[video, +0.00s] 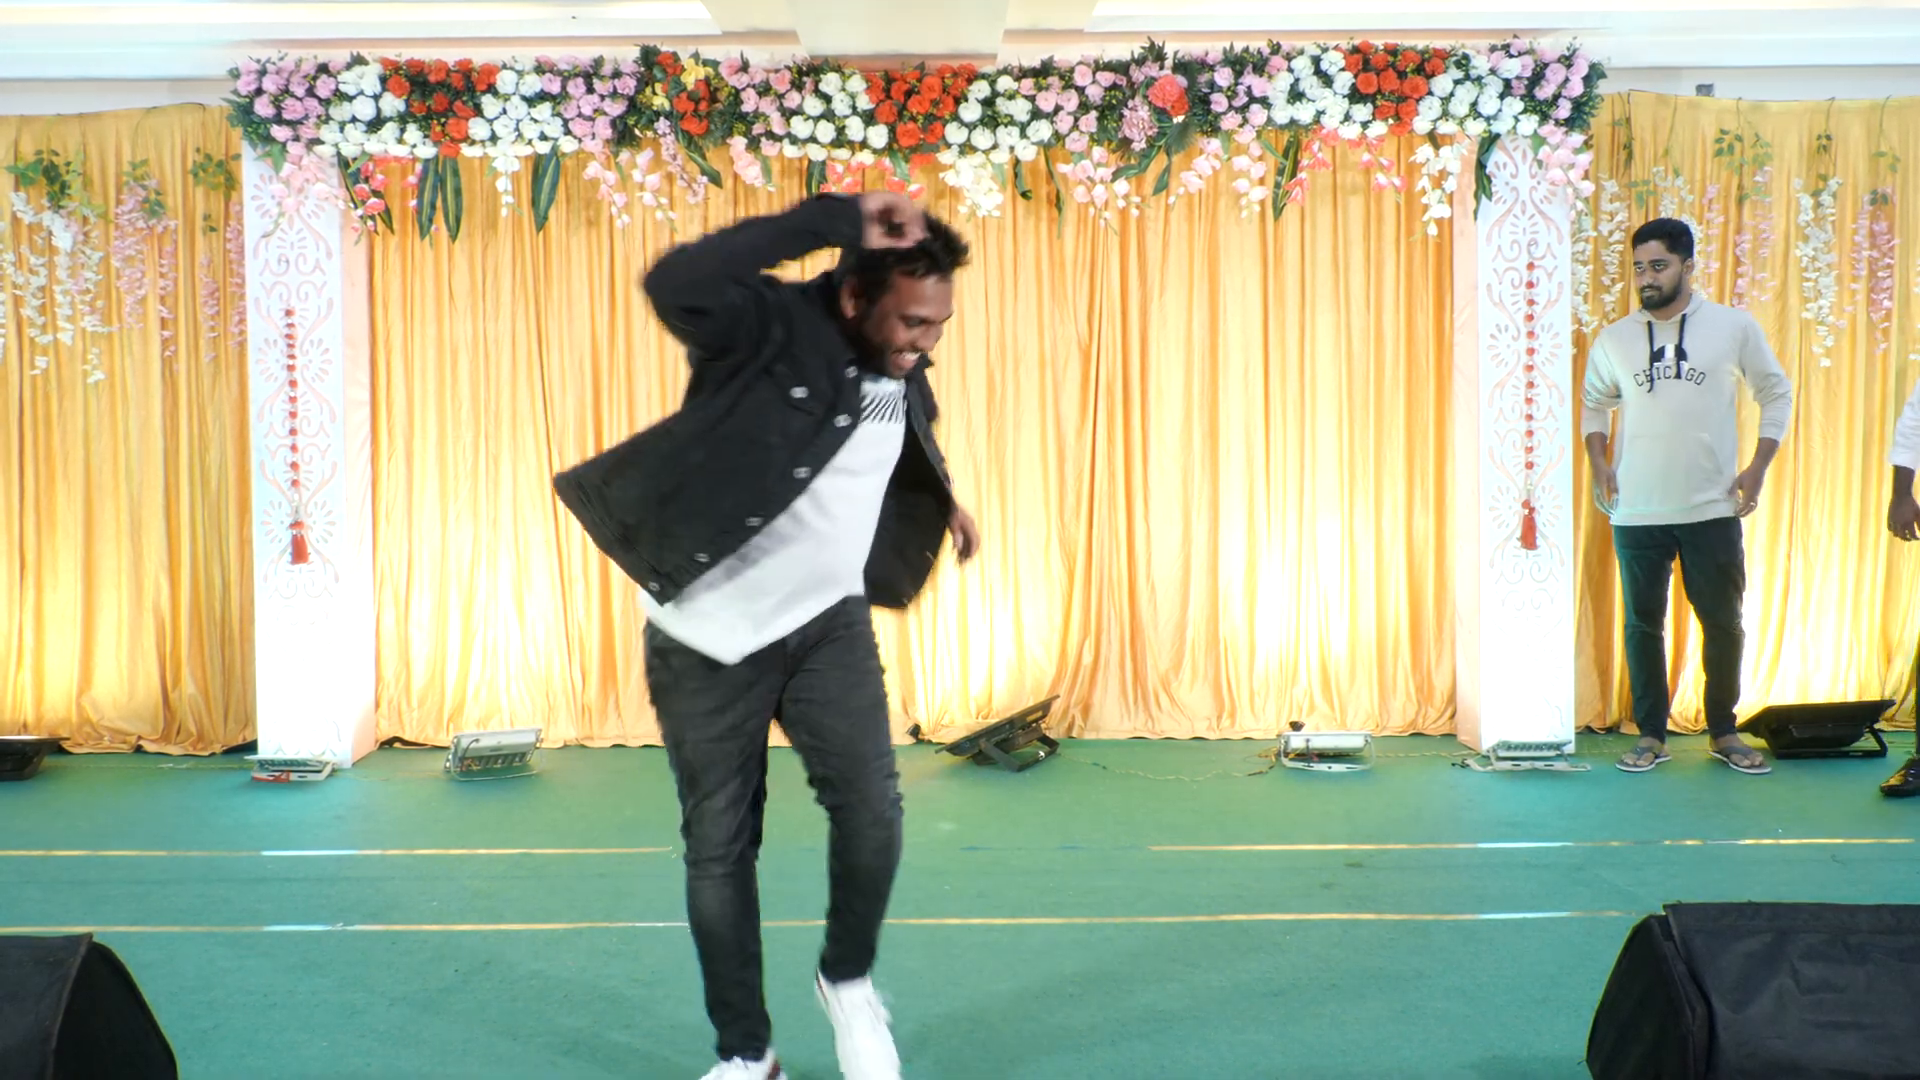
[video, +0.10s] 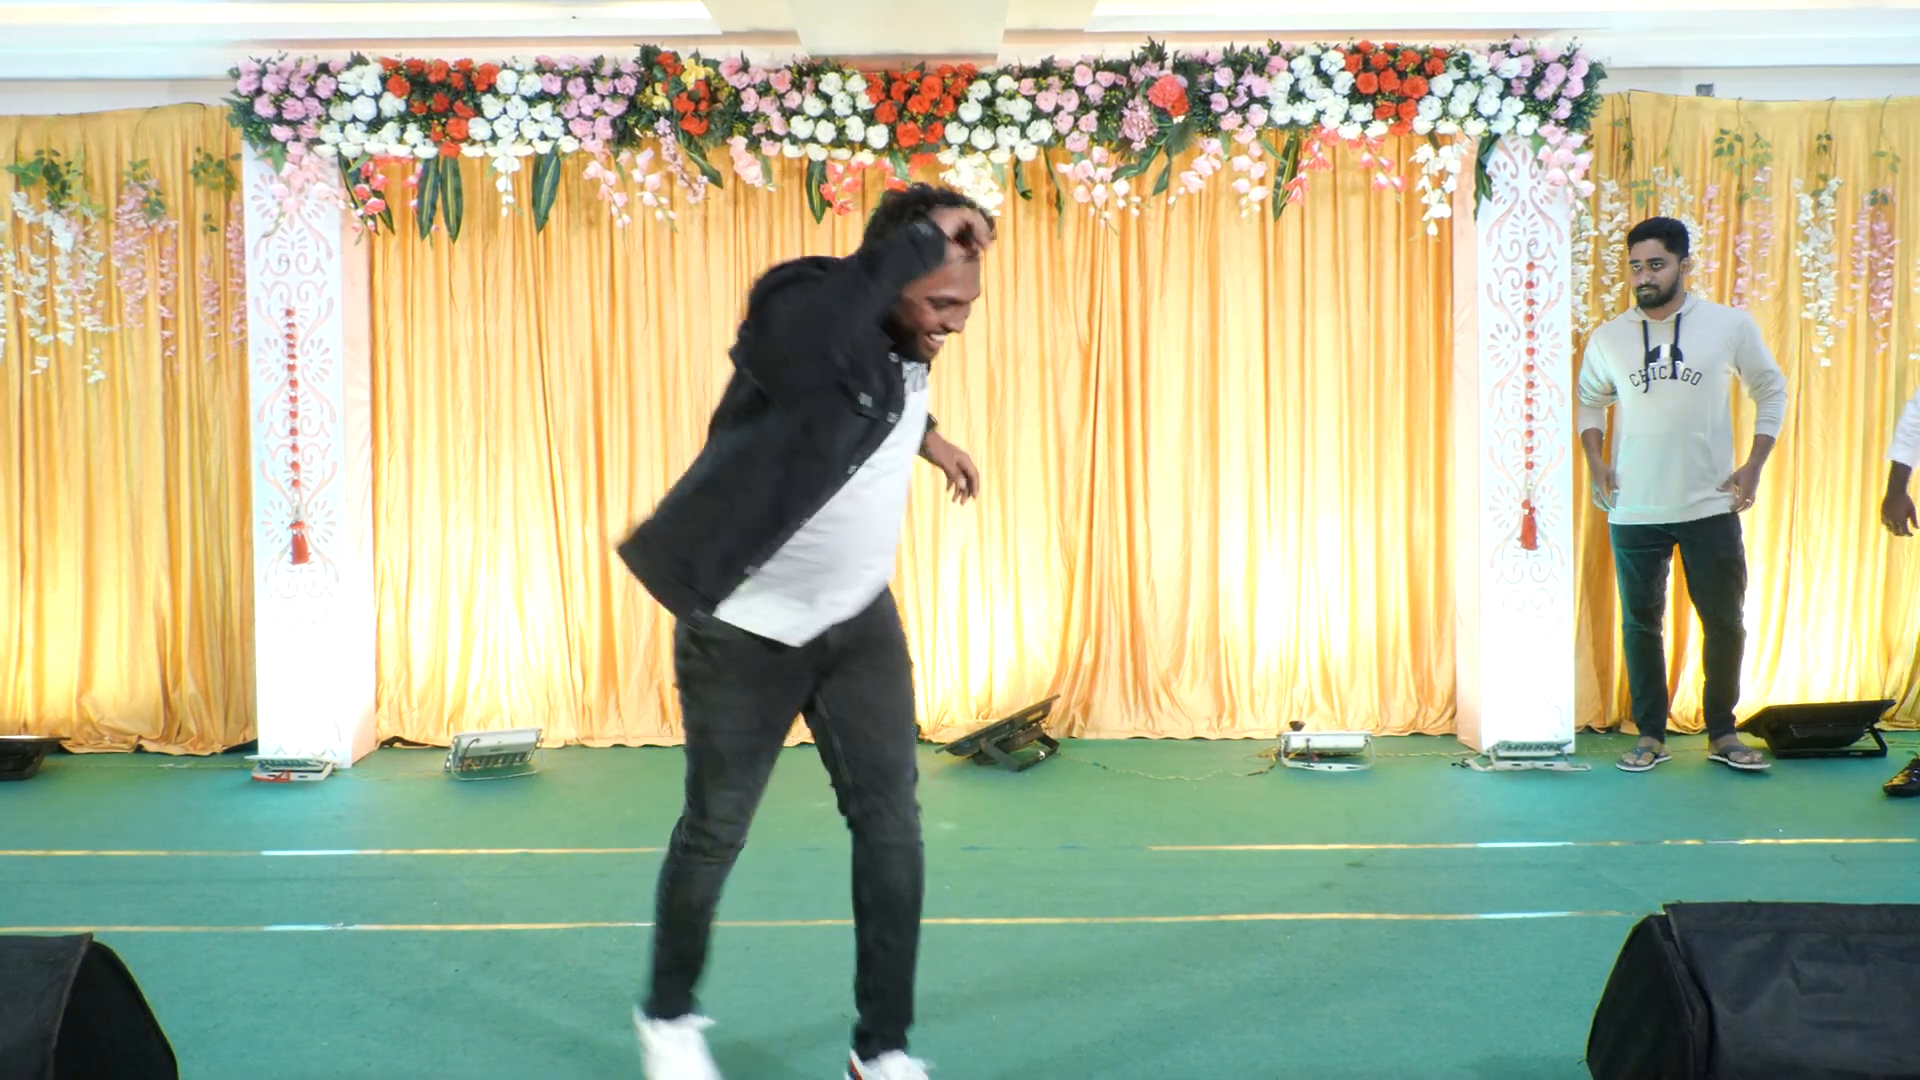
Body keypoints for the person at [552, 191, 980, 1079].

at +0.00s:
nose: (924, 342)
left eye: (937, 325)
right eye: (912, 323)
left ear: (945, 312)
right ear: (854, 294)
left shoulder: (903, 371)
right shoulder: (765, 327)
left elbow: (900, 448)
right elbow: (674, 283)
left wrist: (945, 504)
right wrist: (836, 221)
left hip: (828, 619)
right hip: (708, 632)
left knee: (873, 815)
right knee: (719, 846)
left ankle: (847, 979)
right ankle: (742, 1055)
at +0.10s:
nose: (954, 323)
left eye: (965, 307)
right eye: (940, 304)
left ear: (972, 293)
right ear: (887, 280)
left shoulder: (910, 349)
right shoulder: (802, 318)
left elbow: (879, 400)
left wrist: (931, 442)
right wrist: (926, 234)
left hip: (857, 618)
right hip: (744, 629)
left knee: (891, 825)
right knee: (714, 830)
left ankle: (883, 1049)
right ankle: (669, 1017)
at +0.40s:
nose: (994, 351)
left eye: (1000, 331)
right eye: (980, 332)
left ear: (937, 319)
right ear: (915, 317)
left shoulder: (928, 386)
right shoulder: (851, 395)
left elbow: (884, 490)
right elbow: (850, 547)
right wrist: (973, 454)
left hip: (905, 667)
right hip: (808, 674)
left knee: (939, 864)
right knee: (805, 882)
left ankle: (893, 1063)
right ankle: (681, 755)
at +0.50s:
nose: (988, 320)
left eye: (997, 300)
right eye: (973, 299)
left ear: (998, 288)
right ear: (909, 285)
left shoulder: (956, 361)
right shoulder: (828, 356)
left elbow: (935, 467)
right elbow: (788, 498)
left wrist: (1003, 522)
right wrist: (958, 526)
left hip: (910, 649)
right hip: (803, 649)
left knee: (911, 852)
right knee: (818, 844)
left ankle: (887, 1061)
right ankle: (704, 880)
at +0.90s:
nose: (947, 248)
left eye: (950, 231)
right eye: (927, 231)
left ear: (948, 237)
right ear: (857, 240)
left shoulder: (972, 352)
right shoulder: (762, 343)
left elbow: (1023, 483)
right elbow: (676, 480)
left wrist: (1094, 569)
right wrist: (607, 614)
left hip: (909, 649)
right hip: (780, 647)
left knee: (894, 850)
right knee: (752, 843)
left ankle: (888, 1059)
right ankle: (771, 1017)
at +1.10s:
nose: (910, 249)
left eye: (910, 232)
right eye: (888, 233)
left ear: (896, 242)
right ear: (822, 250)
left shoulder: (947, 349)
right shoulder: (731, 349)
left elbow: (1064, 379)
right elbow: (655, 482)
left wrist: (1191, 364)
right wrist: (599, 610)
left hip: (886, 652)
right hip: (766, 655)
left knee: (882, 844)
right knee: (789, 836)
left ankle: (888, 1058)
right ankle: (814, 1005)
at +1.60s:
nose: (857, 252)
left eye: (860, 235)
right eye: (836, 239)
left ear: (860, 235)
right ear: (773, 247)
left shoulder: (890, 321)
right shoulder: (697, 350)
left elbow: (1015, 320)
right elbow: (615, 467)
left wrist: (986, 226)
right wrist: (699, 533)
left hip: (873, 611)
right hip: (760, 627)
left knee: (908, 793)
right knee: (792, 808)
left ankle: (905, 960)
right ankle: (815, 1006)